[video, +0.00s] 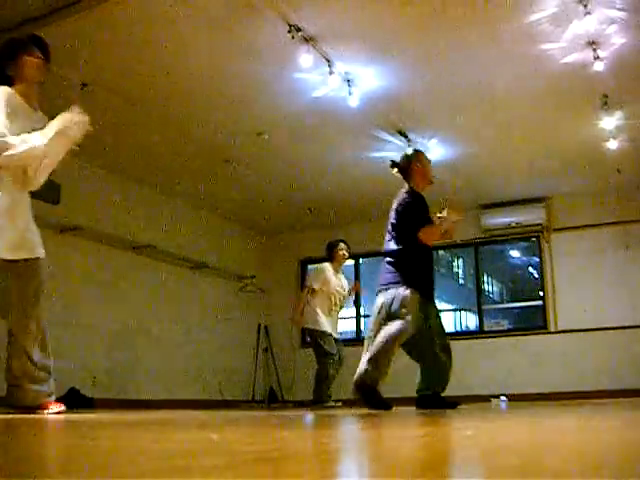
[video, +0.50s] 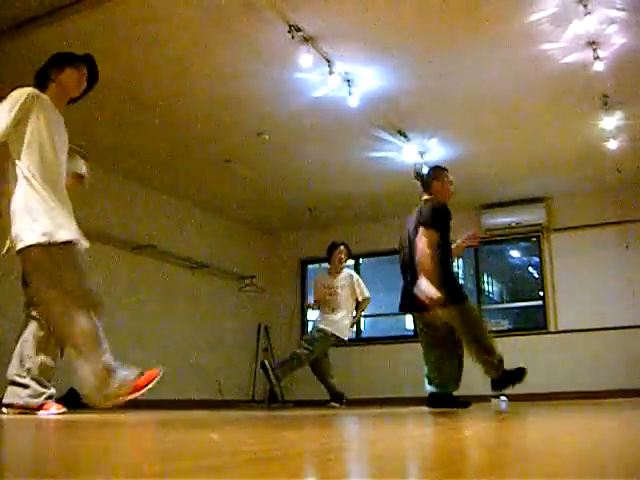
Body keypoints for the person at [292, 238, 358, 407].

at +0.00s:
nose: (344, 253)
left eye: (346, 251)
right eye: (340, 250)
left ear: (347, 255)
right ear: (332, 253)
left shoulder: (342, 280)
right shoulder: (322, 269)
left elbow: (338, 304)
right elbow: (306, 291)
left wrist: (351, 292)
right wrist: (298, 313)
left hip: (329, 324)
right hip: (315, 320)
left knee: (338, 356)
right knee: (329, 356)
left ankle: (323, 395)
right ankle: (321, 397)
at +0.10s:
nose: (341, 255)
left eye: (343, 252)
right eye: (337, 251)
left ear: (346, 257)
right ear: (329, 254)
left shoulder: (346, 278)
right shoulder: (318, 271)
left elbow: (357, 298)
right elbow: (303, 288)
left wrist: (356, 279)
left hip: (336, 324)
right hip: (315, 322)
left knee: (350, 355)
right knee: (324, 356)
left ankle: (335, 379)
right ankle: (322, 397)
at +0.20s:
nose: (342, 251)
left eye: (345, 249)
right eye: (339, 247)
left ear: (348, 253)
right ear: (332, 250)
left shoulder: (349, 274)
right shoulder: (318, 263)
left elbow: (364, 294)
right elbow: (299, 268)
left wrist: (361, 283)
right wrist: (307, 272)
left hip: (333, 314)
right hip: (312, 314)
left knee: (336, 333)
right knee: (314, 359)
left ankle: (336, 362)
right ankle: (319, 397)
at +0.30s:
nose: (343, 249)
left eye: (346, 247)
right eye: (340, 246)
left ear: (348, 252)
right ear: (333, 248)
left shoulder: (350, 272)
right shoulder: (320, 261)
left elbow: (359, 290)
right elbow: (297, 258)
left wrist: (358, 297)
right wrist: (308, 273)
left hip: (337, 304)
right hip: (317, 305)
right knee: (316, 351)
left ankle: (319, 356)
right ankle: (329, 392)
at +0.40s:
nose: (342, 253)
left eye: (345, 251)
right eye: (340, 249)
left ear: (348, 255)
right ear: (332, 252)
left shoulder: (351, 275)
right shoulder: (319, 270)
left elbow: (358, 301)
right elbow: (300, 274)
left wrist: (358, 323)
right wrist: (303, 285)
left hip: (338, 317)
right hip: (320, 316)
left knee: (307, 338)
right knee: (321, 358)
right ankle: (339, 396)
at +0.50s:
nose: (341, 258)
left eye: (344, 255)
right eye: (338, 254)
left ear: (346, 259)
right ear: (330, 256)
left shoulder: (350, 277)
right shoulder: (320, 278)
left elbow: (365, 298)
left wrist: (356, 317)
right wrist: (316, 304)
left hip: (339, 324)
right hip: (322, 323)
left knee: (307, 348)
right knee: (318, 364)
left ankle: (278, 372)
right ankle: (337, 396)